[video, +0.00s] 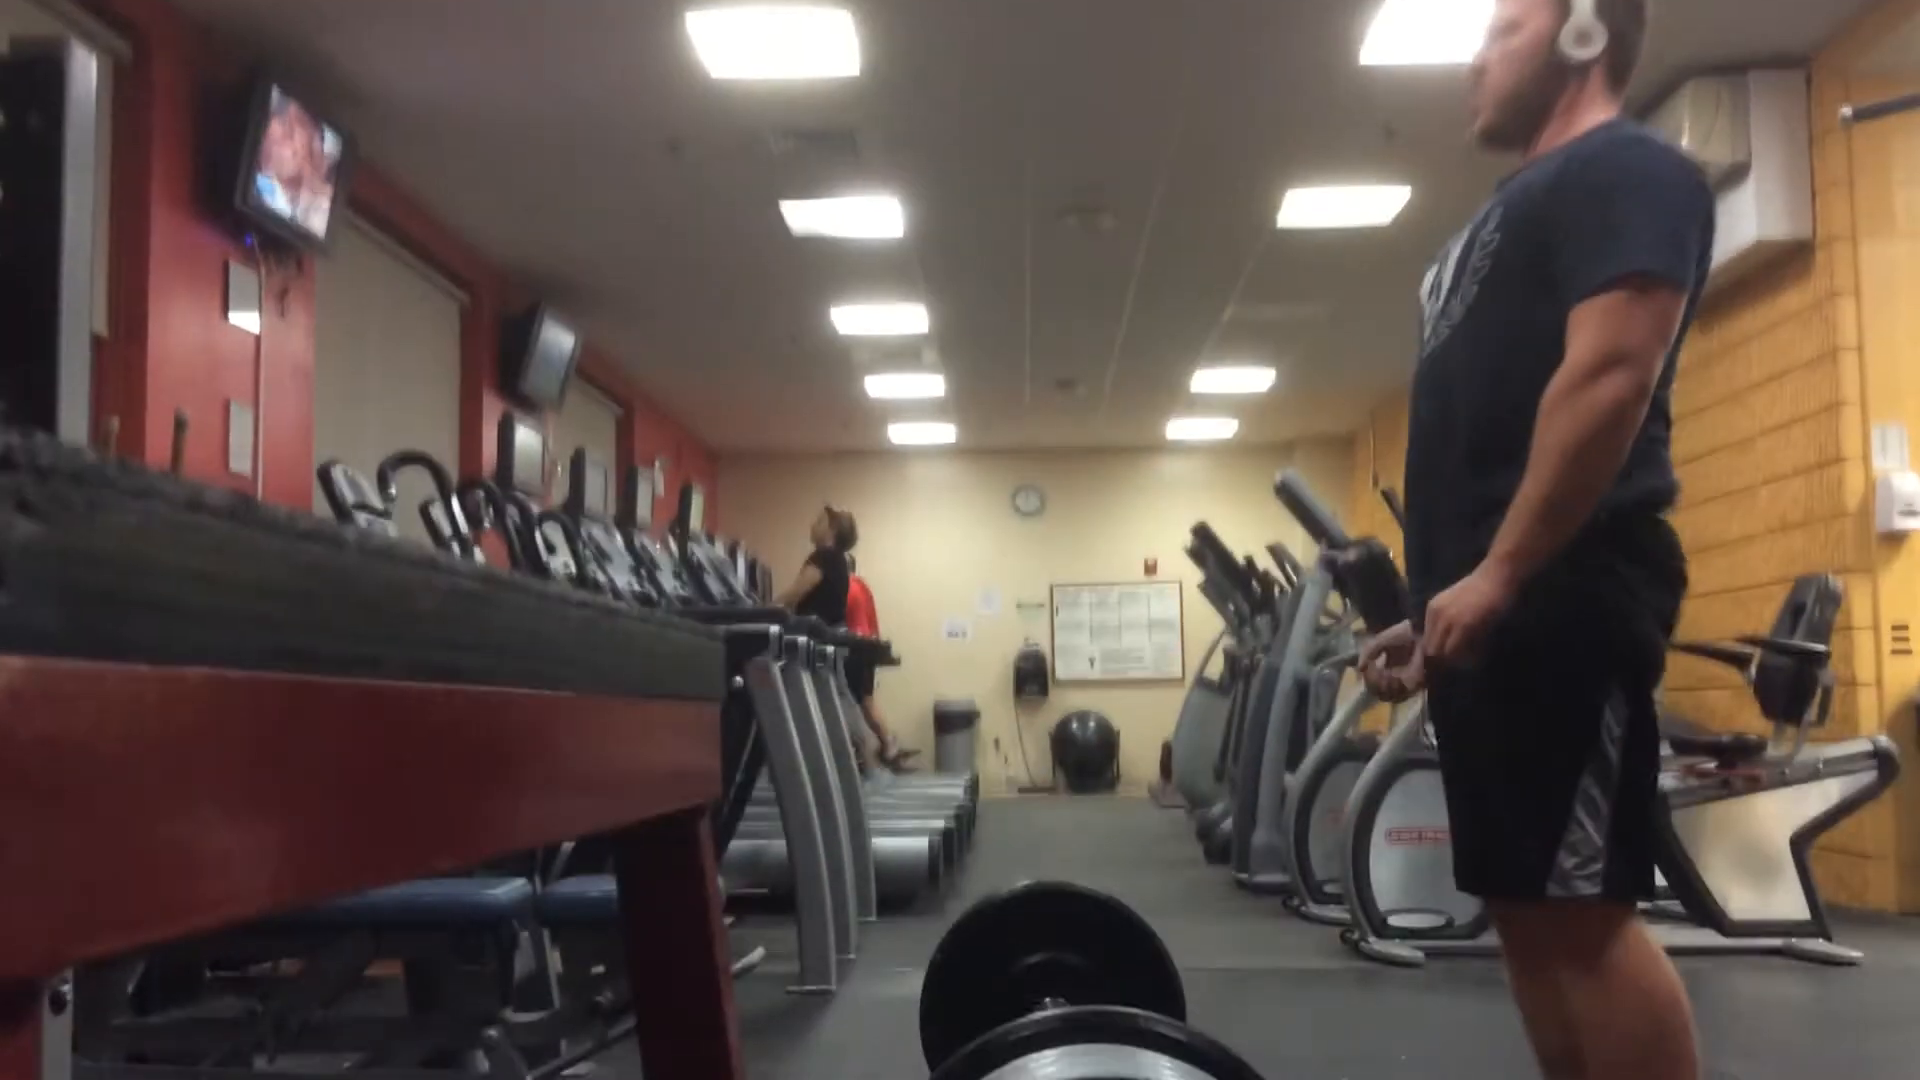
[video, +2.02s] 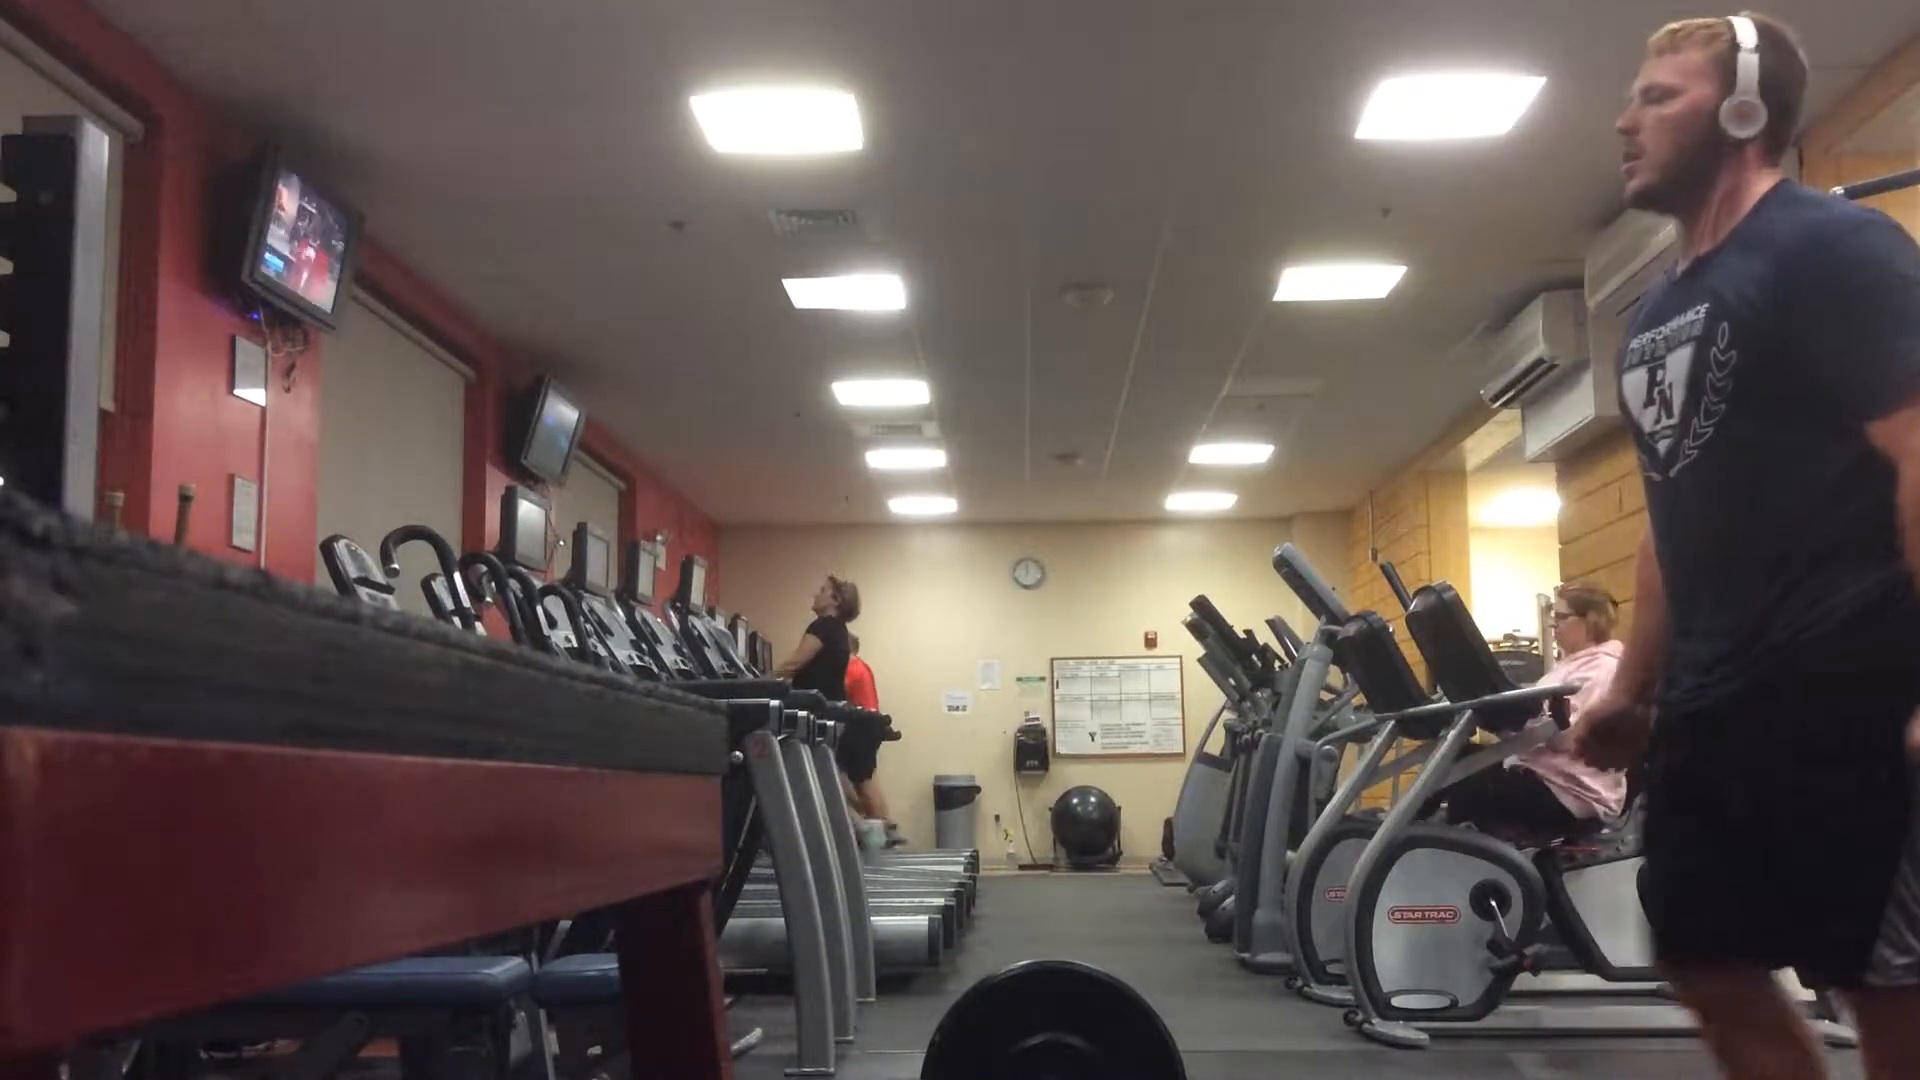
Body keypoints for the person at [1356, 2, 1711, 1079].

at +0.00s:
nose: (1475, 53)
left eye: (1501, 23)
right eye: (1485, 29)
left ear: (1582, 37)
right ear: (1569, 47)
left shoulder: (1623, 162)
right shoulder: (1509, 214)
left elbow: (1609, 376)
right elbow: (1494, 434)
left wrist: (1501, 570)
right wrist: (1431, 608)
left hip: (1568, 581)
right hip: (1499, 594)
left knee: (1578, 917)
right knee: (1521, 913)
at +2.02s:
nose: (1626, 121)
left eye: (1657, 96)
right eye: (1630, 102)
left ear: (1744, 115)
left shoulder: (1835, 244)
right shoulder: (1650, 312)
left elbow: (1916, 458)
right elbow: (1673, 520)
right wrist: (1629, 694)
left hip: (1857, 679)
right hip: (1710, 695)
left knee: (1889, 982)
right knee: (1709, 964)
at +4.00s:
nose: (1609, 206)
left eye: (1628, 178)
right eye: (1611, 186)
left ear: (1706, 171)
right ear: (1694, 178)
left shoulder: (1801, 260)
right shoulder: (1683, 343)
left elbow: (1787, 444)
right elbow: (1690, 564)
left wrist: (1618, 579)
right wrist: (1582, 707)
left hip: (1813, 638)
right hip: (1737, 653)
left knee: (1708, 926)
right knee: (1814, 945)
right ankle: (1867, 1076)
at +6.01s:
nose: (1264, 292)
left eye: (1263, 261)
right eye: (1251, 279)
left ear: (1326, 212)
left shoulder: (1443, 261)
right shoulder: (1357, 354)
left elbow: (1526, 438)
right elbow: (1401, 516)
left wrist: (1468, 637)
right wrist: (1384, 649)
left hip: (1541, 638)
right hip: (1479, 653)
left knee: (1401, 913)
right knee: (1487, 944)